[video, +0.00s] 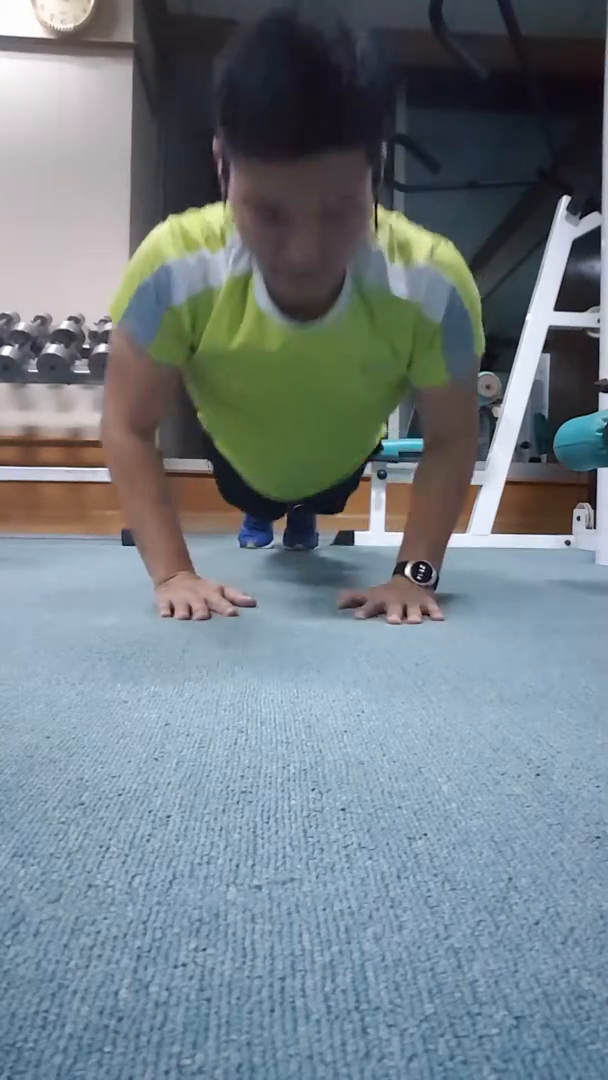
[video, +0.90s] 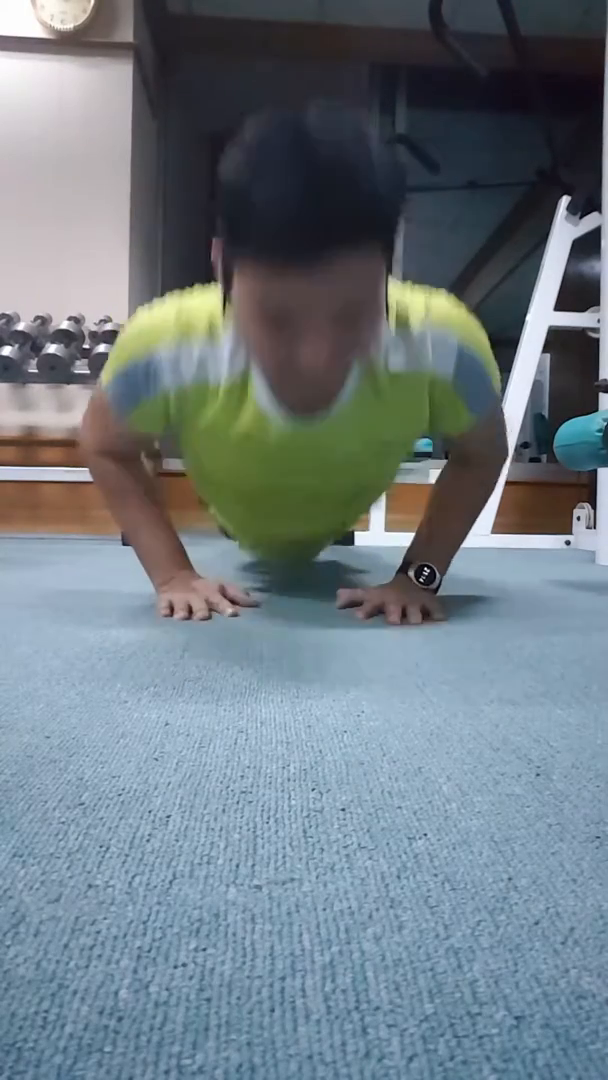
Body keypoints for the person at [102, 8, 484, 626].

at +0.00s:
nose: (306, 248)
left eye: (337, 212)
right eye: (271, 215)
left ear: (376, 171)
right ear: (222, 169)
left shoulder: (428, 275)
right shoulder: (175, 260)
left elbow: (451, 436)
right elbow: (125, 427)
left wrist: (415, 574)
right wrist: (173, 574)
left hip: (339, 463)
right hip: (240, 458)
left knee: (314, 499)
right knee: (256, 498)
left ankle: (301, 519)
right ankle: (260, 518)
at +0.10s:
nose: (303, 308)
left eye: (336, 274)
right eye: (268, 274)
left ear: (380, 219)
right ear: (219, 216)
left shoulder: (435, 315)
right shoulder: (167, 296)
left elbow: (459, 448)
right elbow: (114, 439)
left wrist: (416, 575)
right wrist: (172, 574)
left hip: (336, 487)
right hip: (235, 484)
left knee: (317, 515)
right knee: (250, 516)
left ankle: (304, 531)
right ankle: (259, 528)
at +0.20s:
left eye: (342, 337)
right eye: (270, 337)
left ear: (383, 284)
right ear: (217, 272)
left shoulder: (442, 356)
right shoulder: (162, 333)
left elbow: (469, 451)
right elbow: (107, 446)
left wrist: (416, 576)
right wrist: (173, 576)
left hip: (337, 506)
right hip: (225, 499)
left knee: (324, 528)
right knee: (250, 532)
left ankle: (325, 534)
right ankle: (264, 545)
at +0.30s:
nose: (304, 443)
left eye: (341, 410)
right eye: (268, 407)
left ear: (383, 361)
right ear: (220, 344)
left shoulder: (447, 396)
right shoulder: (154, 377)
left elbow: (476, 456)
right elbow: (99, 450)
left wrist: (418, 574)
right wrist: (172, 575)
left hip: (343, 527)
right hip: (226, 531)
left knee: (321, 546)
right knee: (240, 549)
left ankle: (303, 558)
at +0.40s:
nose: (305, 512)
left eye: (343, 480)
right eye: (269, 480)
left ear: (385, 431)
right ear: (222, 423)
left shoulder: (450, 436)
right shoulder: (151, 421)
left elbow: (486, 461)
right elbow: (90, 447)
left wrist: (420, 574)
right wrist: (171, 576)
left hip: (353, 560)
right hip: (226, 557)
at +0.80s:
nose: (313, 456)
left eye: (347, 419)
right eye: (277, 421)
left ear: (385, 369)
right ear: (219, 357)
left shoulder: (448, 397)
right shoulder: (160, 397)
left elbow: (485, 454)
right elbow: (97, 446)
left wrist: (419, 575)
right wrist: (172, 575)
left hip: (340, 551)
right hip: (227, 552)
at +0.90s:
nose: (317, 351)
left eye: (348, 314)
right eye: (280, 319)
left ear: (386, 272)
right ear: (222, 269)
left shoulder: (442, 341)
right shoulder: (162, 345)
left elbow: (480, 452)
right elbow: (106, 446)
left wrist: (417, 577)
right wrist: (174, 575)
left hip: (344, 506)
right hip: (232, 510)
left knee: (329, 533)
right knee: (246, 535)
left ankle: (303, 551)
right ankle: (262, 547)